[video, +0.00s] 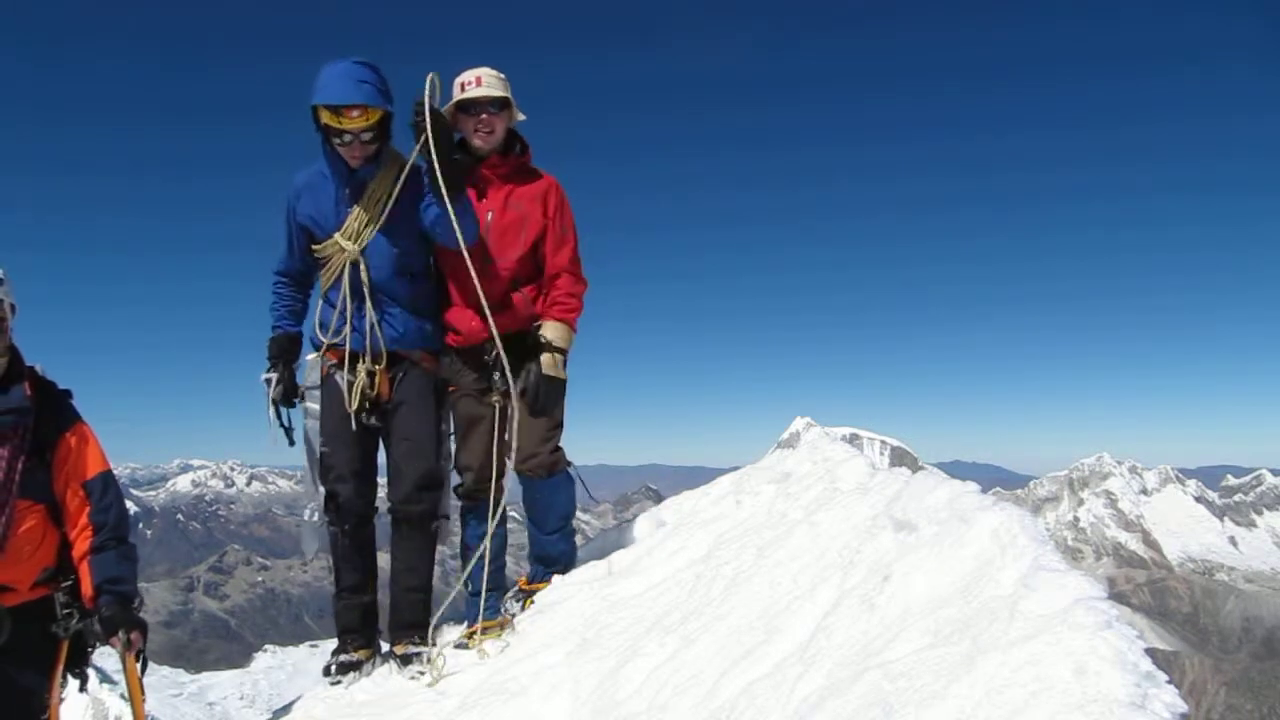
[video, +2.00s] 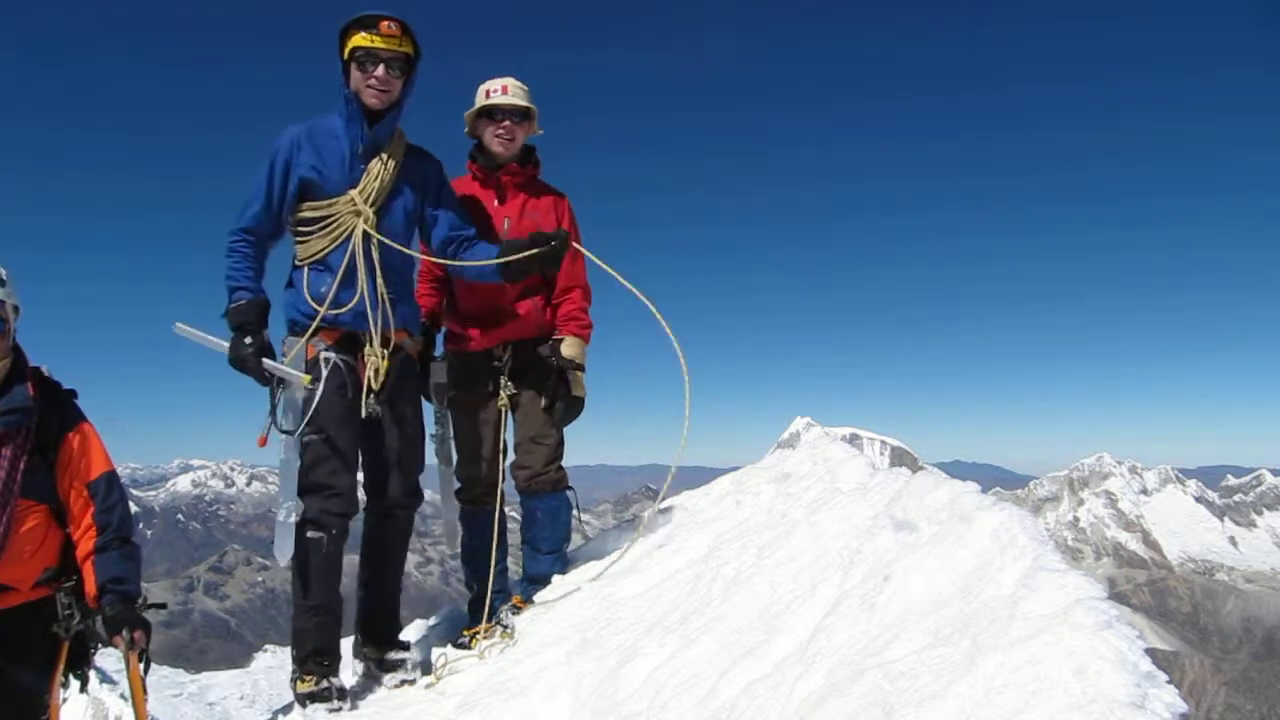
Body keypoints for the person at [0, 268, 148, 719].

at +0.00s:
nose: (2, 328)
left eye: (2, 317)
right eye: (1, 317)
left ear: (9, 321)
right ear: (6, 322)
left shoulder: (44, 409)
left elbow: (96, 510)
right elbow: (95, 510)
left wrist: (113, 599)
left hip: (24, 617)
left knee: (21, 706)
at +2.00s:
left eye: (1, 319)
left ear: (13, 322)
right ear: (6, 321)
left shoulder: (47, 408)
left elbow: (99, 507)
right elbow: (99, 507)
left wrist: (116, 597)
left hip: (24, 617)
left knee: (21, 707)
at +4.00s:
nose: (1, 329)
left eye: (2, 317)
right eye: (2, 317)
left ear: (11, 320)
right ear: (8, 321)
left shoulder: (45, 409)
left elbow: (98, 507)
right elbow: (98, 507)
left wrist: (118, 596)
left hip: (24, 619)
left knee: (20, 704)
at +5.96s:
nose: (1, 334)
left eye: (4, 320)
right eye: (2, 320)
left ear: (15, 323)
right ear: (8, 323)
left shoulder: (50, 411)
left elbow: (102, 510)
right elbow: (103, 510)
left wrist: (122, 598)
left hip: (25, 619)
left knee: (20, 704)